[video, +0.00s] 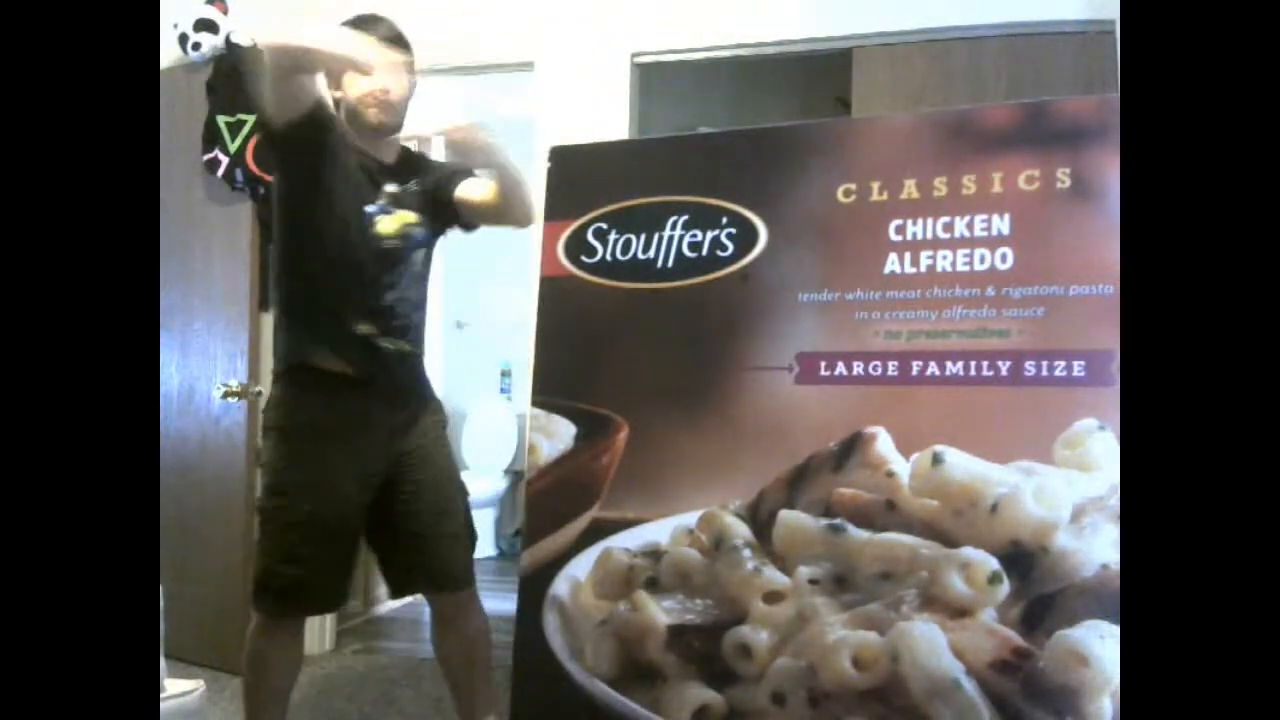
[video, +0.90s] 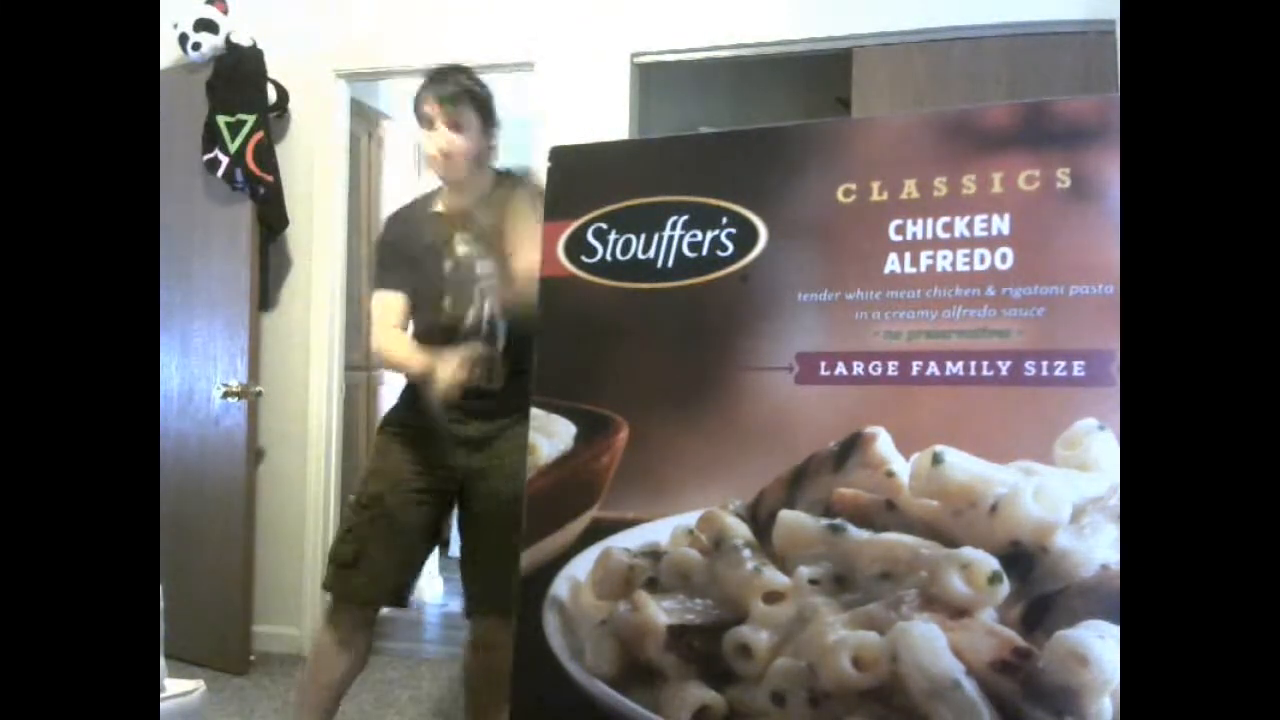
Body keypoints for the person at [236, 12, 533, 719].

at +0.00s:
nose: (387, 87)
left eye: (400, 74)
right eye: (370, 73)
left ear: (412, 86)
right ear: (338, 83)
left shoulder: (426, 176)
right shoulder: (308, 145)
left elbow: (518, 213)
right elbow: (269, 57)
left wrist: (493, 156)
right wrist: (343, 56)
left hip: (407, 404)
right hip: (315, 402)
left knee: (455, 586)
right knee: (283, 603)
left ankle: (480, 716)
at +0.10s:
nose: (374, 87)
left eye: (388, 73)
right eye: (358, 75)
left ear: (411, 85)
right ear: (337, 87)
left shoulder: (430, 177)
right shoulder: (301, 146)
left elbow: (503, 221)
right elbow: (221, 69)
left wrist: (429, 165)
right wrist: (291, 46)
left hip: (408, 409)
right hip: (312, 407)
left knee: (452, 588)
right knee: (278, 602)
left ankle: (472, 715)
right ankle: (263, 718)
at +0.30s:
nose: (372, 110)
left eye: (390, 96)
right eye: (359, 97)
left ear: (424, 110)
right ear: (344, 110)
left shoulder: (466, 184)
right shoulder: (335, 182)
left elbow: (450, 196)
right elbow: (242, 167)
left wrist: (391, 147)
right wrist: (222, 158)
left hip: (444, 425)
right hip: (355, 418)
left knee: (462, 605)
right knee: (294, 595)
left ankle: (479, 716)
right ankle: (269, 716)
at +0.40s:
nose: (388, 118)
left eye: (407, 106)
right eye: (381, 102)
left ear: (443, 118)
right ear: (367, 110)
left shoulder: (472, 190)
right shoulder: (346, 200)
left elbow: (477, 169)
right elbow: (276, 236)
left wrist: (443, 122)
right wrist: (256, 183)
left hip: (462, 429)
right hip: (370, 424)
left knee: (481, 612)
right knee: (307, 599)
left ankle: (483, 717)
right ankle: (272, 715)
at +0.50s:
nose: (392, 128)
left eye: (411, 115)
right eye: (387, 113)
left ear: (447, 129)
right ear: (380, 123)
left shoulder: (482, 178)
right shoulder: (366, 221)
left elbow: (487, 63)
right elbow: (330, 311)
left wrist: (395, 10)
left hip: (491, 420)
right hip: (403, 419)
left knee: (491, 613)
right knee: (331, 599)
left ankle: (491, 718)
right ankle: (282, 713)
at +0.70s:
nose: (412, 128)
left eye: (430, 117)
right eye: (404, 114)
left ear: (461, 132)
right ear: (392, 127)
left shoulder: (494, 181)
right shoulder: (378, 233)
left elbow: (506, 63)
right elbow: (386, 351)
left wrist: (409, 17)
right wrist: (467, 327)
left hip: (504, 421)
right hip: (417, 428)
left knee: (505, 612)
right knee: (347, 595)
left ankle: (496, 715)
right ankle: (298, 714)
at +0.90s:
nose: (437, 142)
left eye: (452, 125)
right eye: (427, 127)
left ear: (488, 134)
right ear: (420, 139)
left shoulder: (527, 207)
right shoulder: (407, 227)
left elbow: (533, 291)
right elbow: (384, 336)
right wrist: (434, 361)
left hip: (506, 434)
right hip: (418, 431)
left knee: (496, 617)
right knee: (351, 602)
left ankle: (490, 716)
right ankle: (308, 714)